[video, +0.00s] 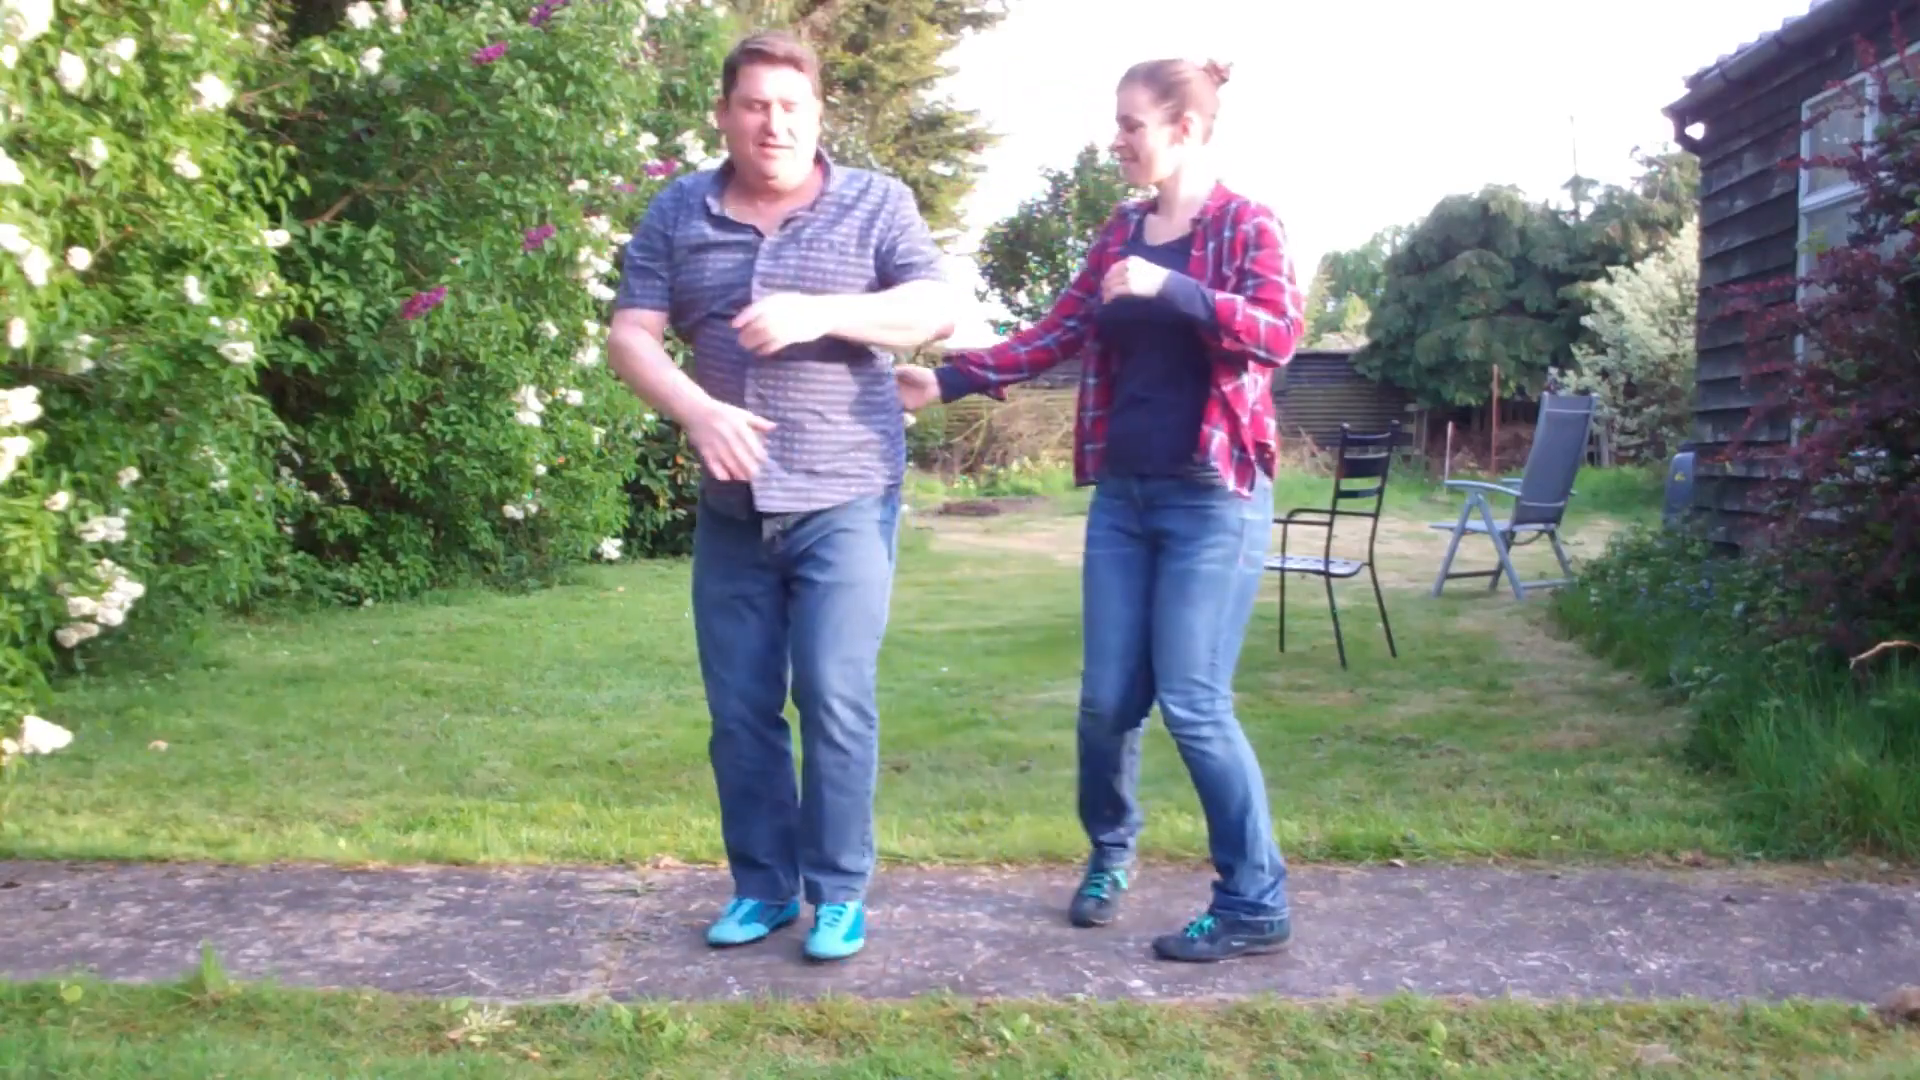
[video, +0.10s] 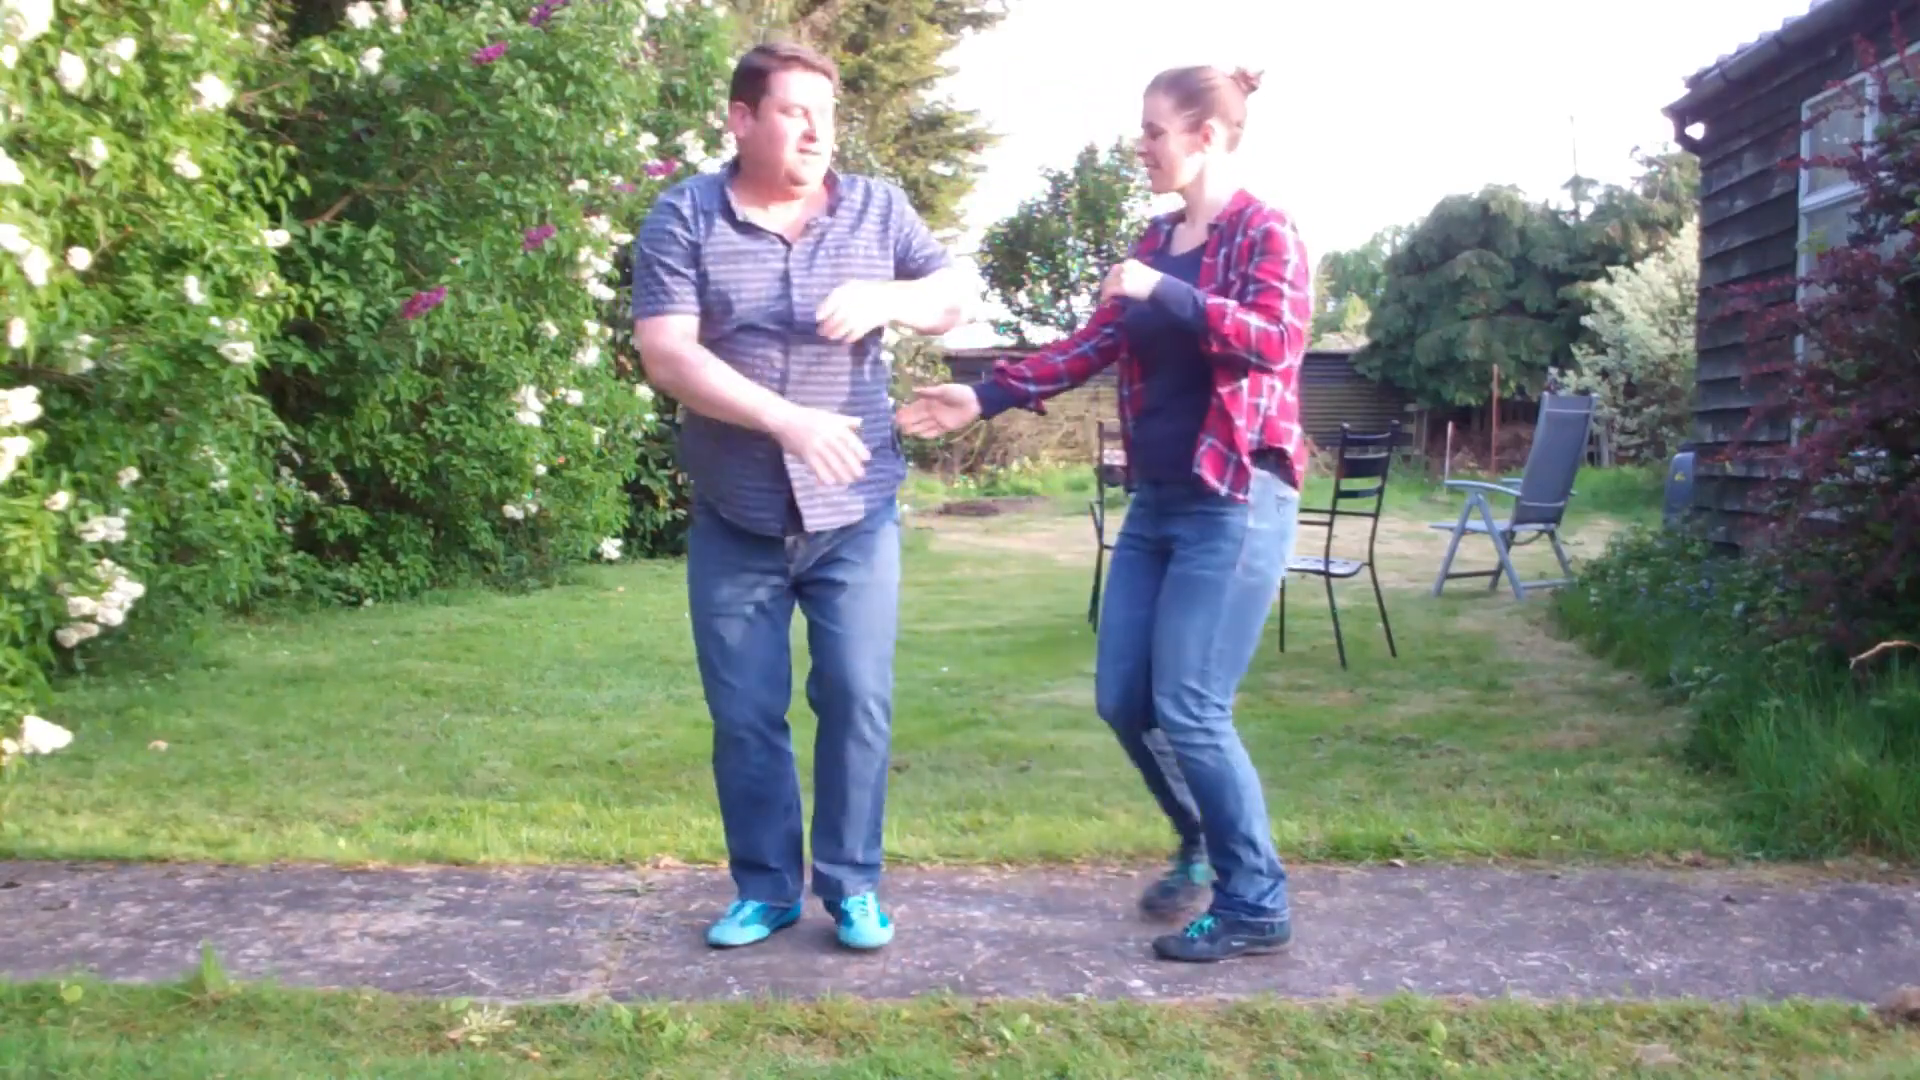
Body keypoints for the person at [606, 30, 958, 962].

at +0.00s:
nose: (770, 121)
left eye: (788, 106)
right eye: (752, 105)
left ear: (818, 117)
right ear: (723, 116)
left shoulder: (874, 202)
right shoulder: (681, 209)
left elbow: (940, 308)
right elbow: (629, 336)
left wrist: (819, 315)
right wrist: (697, 411)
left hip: (846, 500)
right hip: (732, 502)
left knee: (832, 694)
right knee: (739, 706)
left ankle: (839, 888)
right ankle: (764, 883)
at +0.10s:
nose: (813, 133)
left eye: (823, 117)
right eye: (793, 114)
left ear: (834, 126)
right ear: (741, 120)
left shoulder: (874, 206)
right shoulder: (682, 217)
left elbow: (956, 297)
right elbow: (668, 358)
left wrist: (886, 297)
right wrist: (788, 421)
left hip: (856, 508)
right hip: (734, 516)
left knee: (858, 696)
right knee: (743, 712)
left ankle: (852, 880)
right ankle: (766, 887)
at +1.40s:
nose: (985, 140)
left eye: (987, 126)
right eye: (974, 122)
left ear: (915, 122)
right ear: (921, 117)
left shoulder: (931, 211)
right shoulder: (886, 187)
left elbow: (995, 312)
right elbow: (1000, 206)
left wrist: (1062, 288)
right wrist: (1067, 110)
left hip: (938, 482)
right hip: (905, 480)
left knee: (926, 684)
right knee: (947, 691)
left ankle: (852, 859)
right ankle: (908, 906)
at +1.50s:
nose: (978, 130)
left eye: (978, 115)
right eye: (965, 112)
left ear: (909, 121)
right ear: (913, 118)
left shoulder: (927, 207)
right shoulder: (878, 190)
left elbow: (994, 303)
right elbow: (989, 212)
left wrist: (1054, 270)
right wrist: (1062, 116)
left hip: (928, 481)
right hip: (896, 480)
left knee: (903, 687)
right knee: (939, 690)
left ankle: (848, 874)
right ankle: (908, 905)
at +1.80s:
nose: (951, 128)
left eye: (948, 114)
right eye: (937, 112)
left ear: (886, 120)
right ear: (887, 118)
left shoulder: (897, 206)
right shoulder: (856, 187)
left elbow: (985, 251)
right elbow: (996, 184)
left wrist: (1034, 196)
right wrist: (1056, 108)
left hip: (898, 477)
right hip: (870, 475)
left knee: (883, 682)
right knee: (925, 680)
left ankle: (855, 870)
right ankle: (845, 886)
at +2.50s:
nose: (911, 121)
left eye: (915, 106)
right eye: (895, 105)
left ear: (899, 123)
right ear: (839, 110)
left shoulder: (889, 197)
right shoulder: (792, 182)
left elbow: (983, 131)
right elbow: (910, 119)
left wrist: (1050, 47)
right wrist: (1015, 36)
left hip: (867, 498)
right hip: (798, 486)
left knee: (857, 694)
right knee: (804, 693)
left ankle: (807, 871)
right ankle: (739, 893)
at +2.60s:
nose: (919, 132)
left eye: (921, 120)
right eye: (908, 116)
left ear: (874, 118)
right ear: (851, 113)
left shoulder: (891, 192)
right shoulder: (787, 184)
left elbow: (982, 133)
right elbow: (887, 167)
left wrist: (1043, 64)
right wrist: (997, 74)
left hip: (869, 488)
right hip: (799, 483)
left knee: (849, 690)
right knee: (815, 687)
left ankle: (803, 871)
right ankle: (744, 886)